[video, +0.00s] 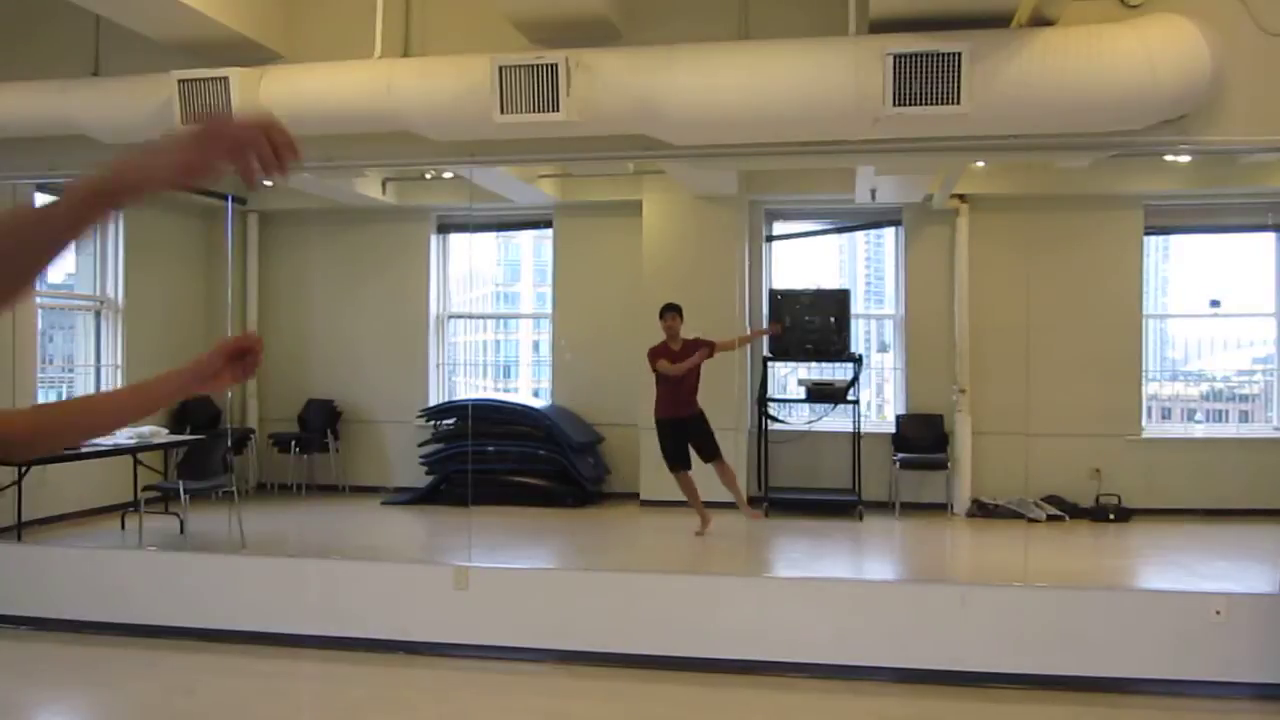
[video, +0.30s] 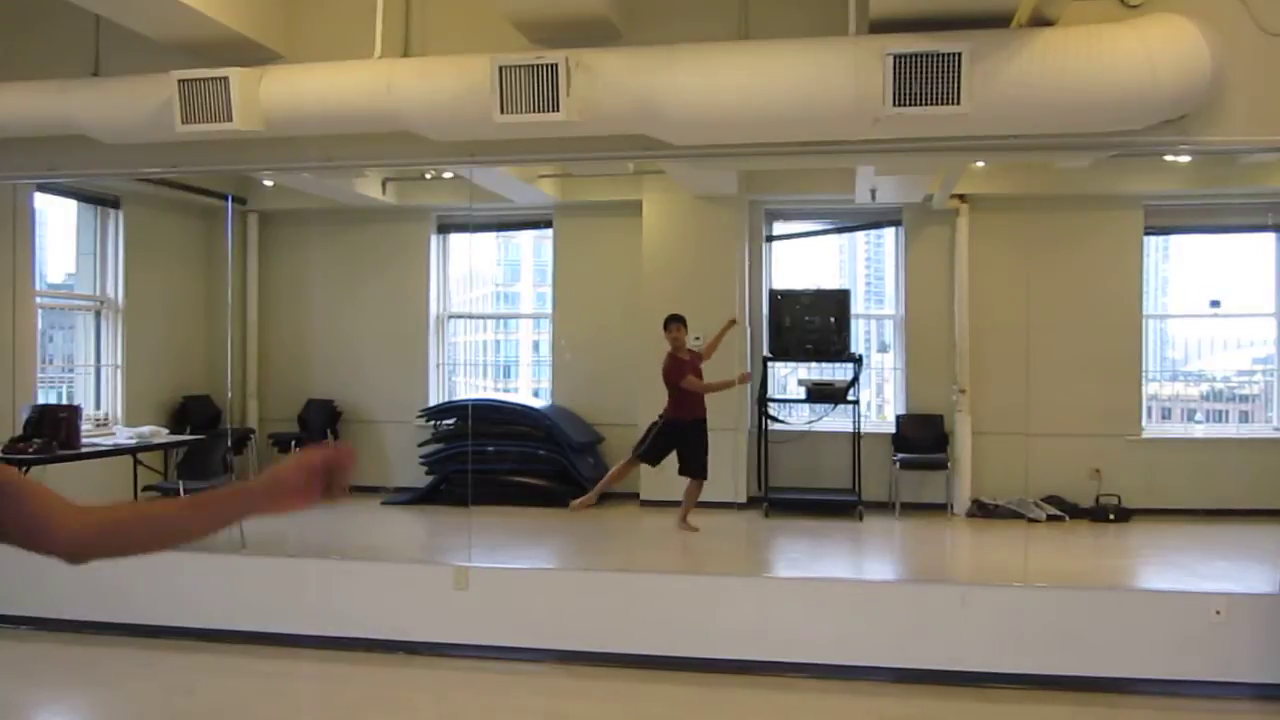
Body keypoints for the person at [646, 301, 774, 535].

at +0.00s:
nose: (670, 323)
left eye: (674, 319)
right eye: (666, 319)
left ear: (681, 322)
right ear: (660, 323)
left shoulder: (696, 346)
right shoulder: (655, 353)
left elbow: (732, 344)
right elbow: (672, 371)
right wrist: (696, 359)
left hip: (692, 415)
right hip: (667, 420)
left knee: (718, 461)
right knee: (680, 473)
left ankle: (743, 505)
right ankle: (703, 516)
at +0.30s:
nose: (674, 334)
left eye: (679, 329)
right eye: (670, 330)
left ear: (686, 332)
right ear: (665, 335)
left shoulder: (694, 356)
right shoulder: (671, 366)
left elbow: (708, 353)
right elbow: (702, 388)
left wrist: (725, 329)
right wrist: (736, 381)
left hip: (696, 424)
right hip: (671, 423)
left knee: (698, 476)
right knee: (634, 460)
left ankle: (683, 519)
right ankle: (592, 496)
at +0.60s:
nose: (663, 339)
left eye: (667, 335)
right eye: (659, 336)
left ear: (675, 338)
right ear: (655, 341)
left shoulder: (686, 361)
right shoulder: (657, 371)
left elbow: (706, 349)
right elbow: (689, 387)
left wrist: (716, 321)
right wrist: (715, 370)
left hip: (683, 431)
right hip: (658, 429)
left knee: (692, 482)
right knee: (629, 474)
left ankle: (681, 519)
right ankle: (601, 520)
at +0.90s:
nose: (641, 327)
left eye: (646, 323)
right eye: (637, 323)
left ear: (655, 327)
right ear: (633, 327)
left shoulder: (665, 353)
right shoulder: (625, 360)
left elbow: (702, 339)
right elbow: (594, 373)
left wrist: (721, 313)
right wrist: (560, 374)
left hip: (656, 424)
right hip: (628, 424)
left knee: (669, 478)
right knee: (627, 479)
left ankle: (679, 518)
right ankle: (621, 533)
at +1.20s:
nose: (628, 317)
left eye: (633, 312)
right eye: (626, 313)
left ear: (647, 314)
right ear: (630, 314)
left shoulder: (647, 336)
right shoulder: (651, 333)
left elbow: (634, 358)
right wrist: (631, 299)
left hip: (646, 408)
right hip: (645, 407)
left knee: (639, 468)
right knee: (626, 463)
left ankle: (667, 524)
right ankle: (606, 515)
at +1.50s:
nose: (671, 335)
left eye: (670, 331)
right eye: (669, 331)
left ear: (645, 332)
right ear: (663, 332)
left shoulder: (627, 359)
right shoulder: (671, 357)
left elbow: (593, 363)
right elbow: (701, 344)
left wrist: (565, 363)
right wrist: (705, 328)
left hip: (636, 434)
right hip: (666, 434)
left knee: (647, 491)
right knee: (679, 489)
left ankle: (656, 542)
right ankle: (701, 529)